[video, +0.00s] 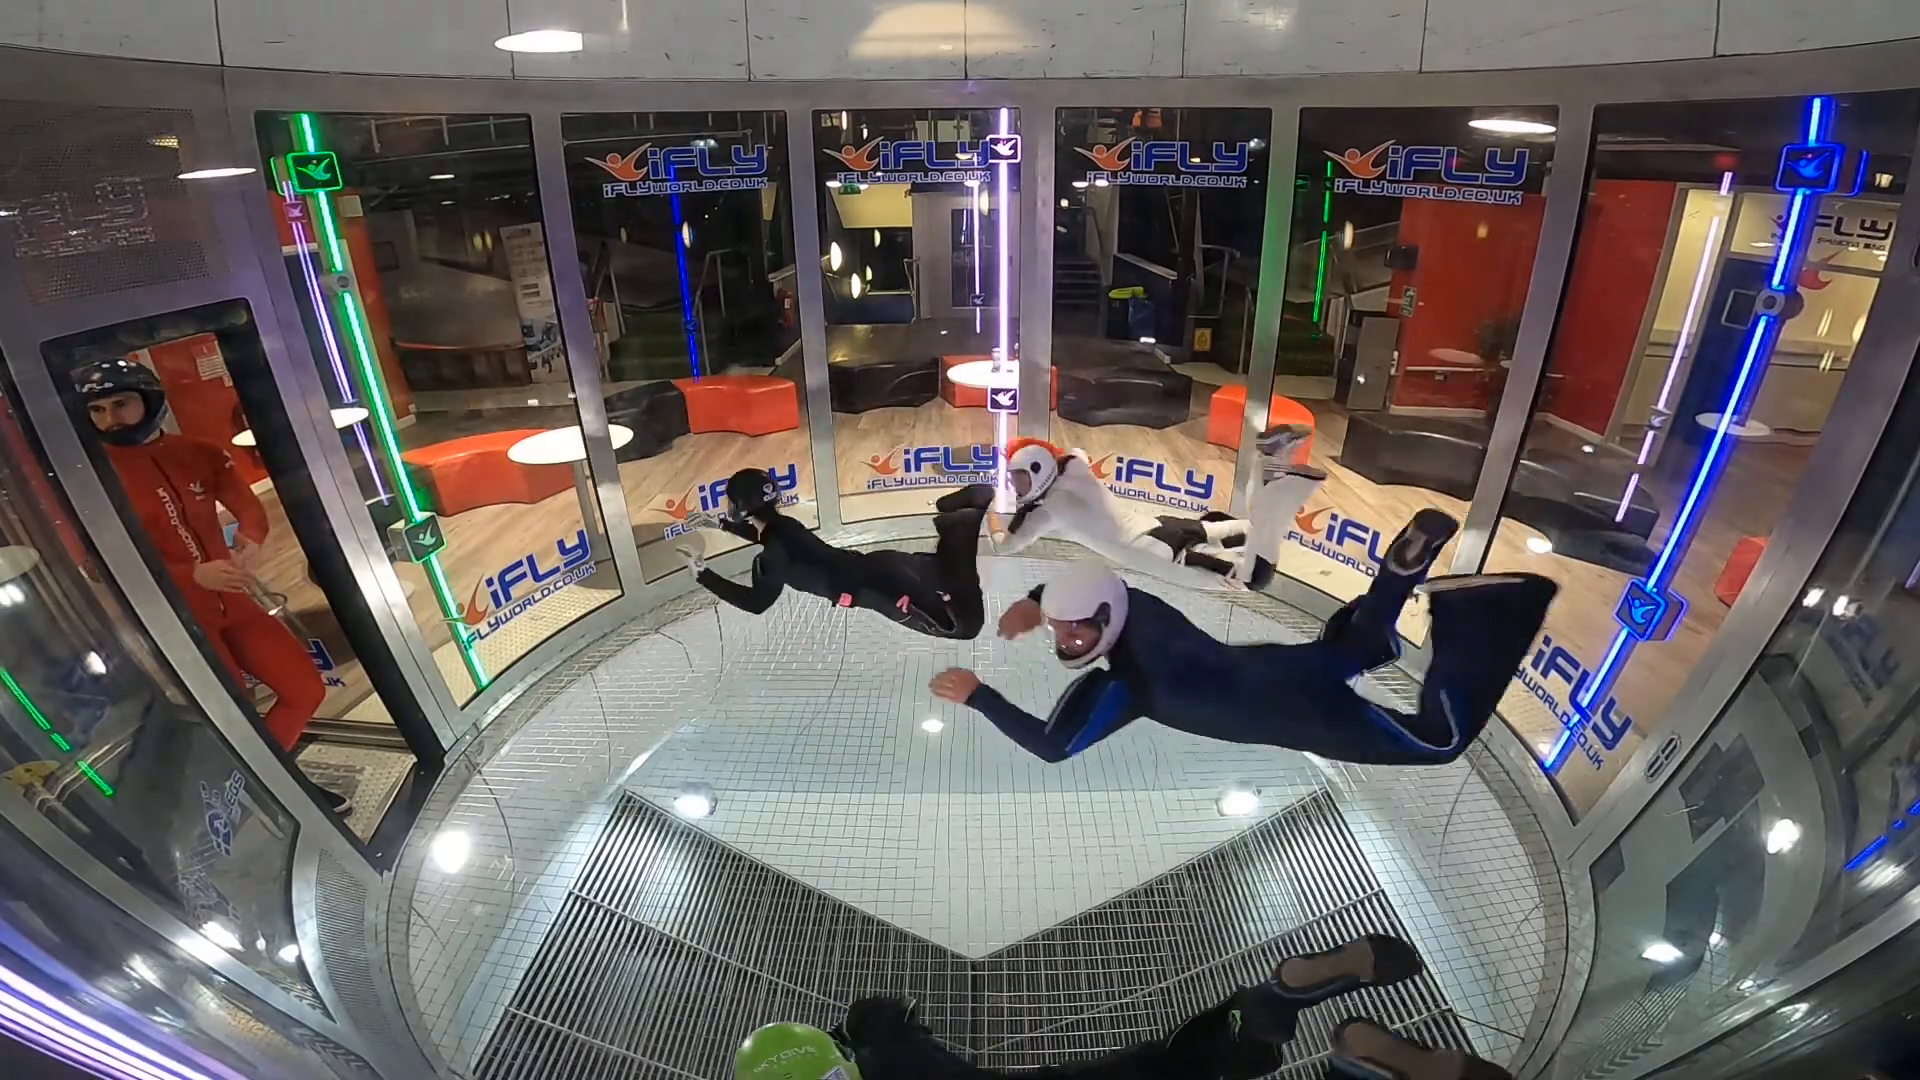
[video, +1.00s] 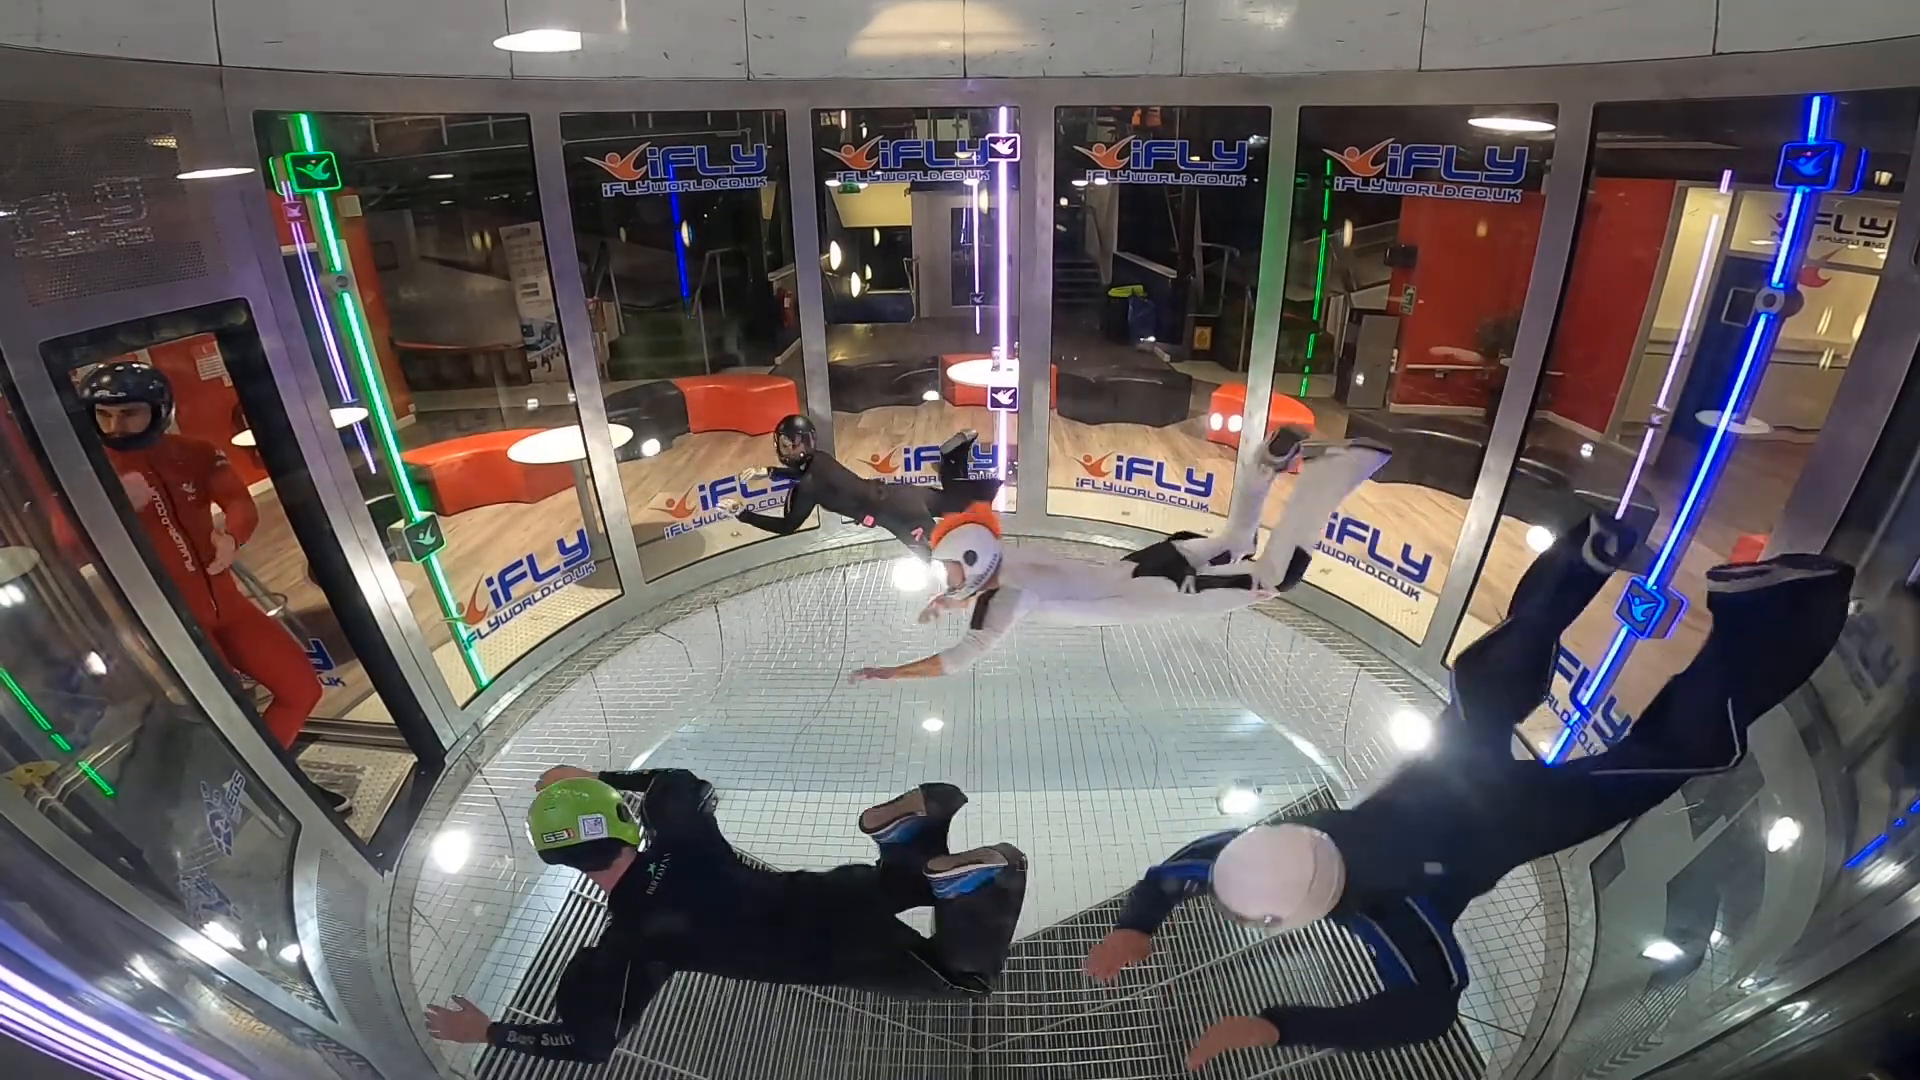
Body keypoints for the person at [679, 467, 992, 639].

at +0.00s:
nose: (726, 513)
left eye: (729, 505)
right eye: (727, 506)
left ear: (742, 512)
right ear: (766, 499)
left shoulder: (774, 550)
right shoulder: (779, 530)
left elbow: (756, 602)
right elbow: (757, 534)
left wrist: (704, 575)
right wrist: (725, 525)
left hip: (879, 584)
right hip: (881, 568)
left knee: (967, 624)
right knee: (954, 598)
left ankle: (958, 526)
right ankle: (954, 517)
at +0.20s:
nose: (716, 485)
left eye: (719, 479)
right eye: (717, 478)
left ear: (731, 484)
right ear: (751, 474)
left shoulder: (753, 517)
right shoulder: (761, 499)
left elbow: (714, 565)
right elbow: (741, 506)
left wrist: (664, 537)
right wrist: (711, 496)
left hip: (851, 569)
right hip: (852, 553)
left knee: (927, 612)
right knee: (915, 595)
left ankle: (941, 527)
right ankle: (924, 521)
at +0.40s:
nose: (715, 458)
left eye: (717, 453)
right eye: (716, 454)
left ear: (728, 459)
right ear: (749, 454)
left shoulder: (752, 496)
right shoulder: (756, 480)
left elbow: (713, 537)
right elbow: (728, 483)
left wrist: (667, 507)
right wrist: (698, 473)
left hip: (844, 547)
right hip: (847, 535)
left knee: (908, 602)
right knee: (904, 589)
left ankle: (919, 520)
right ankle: (917, 517)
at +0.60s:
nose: (733, 445)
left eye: (739, 439)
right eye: (731, 439)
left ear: (757, 443)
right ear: (756, 444)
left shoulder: (762, 480)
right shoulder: (768, 463)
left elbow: (733, 527)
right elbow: (744, 468)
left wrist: (691, 505)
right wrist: (715, 465)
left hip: (846, 529)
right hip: (852, 514)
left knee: (902, 593)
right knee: (909, 562)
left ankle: (920, 511)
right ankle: (924, 503)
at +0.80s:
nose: (750, 445)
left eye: (753, 438)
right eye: (750, 439)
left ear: (770, 440)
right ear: (781, 437)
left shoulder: (783, 477)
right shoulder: (793, 455)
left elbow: (760, 524)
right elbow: (771, 464)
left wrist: (716, 508)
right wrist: (742, 462)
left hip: (868, 519)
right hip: (875, 500)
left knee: (920, 581)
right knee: (928, 542)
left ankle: (935, 506)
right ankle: (939, 491)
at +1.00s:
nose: (785, 450)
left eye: (791, 444)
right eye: (782, 444)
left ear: (807, 443)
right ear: (787, 443)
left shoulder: (806, 484)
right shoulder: (817, 458)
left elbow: (787, 526)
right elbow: (796, 473)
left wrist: (745, 515)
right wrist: (769, 472)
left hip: (894, 514)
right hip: (898, 493)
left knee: (934, 553)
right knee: (953, 500)